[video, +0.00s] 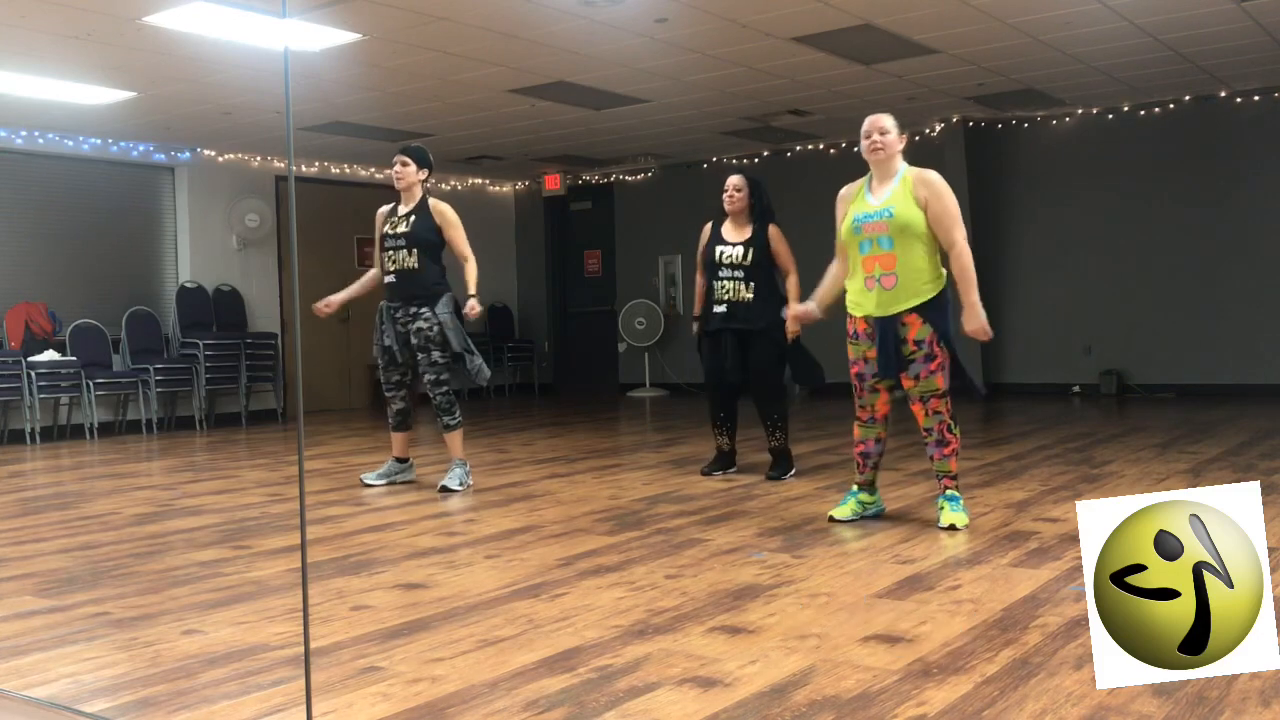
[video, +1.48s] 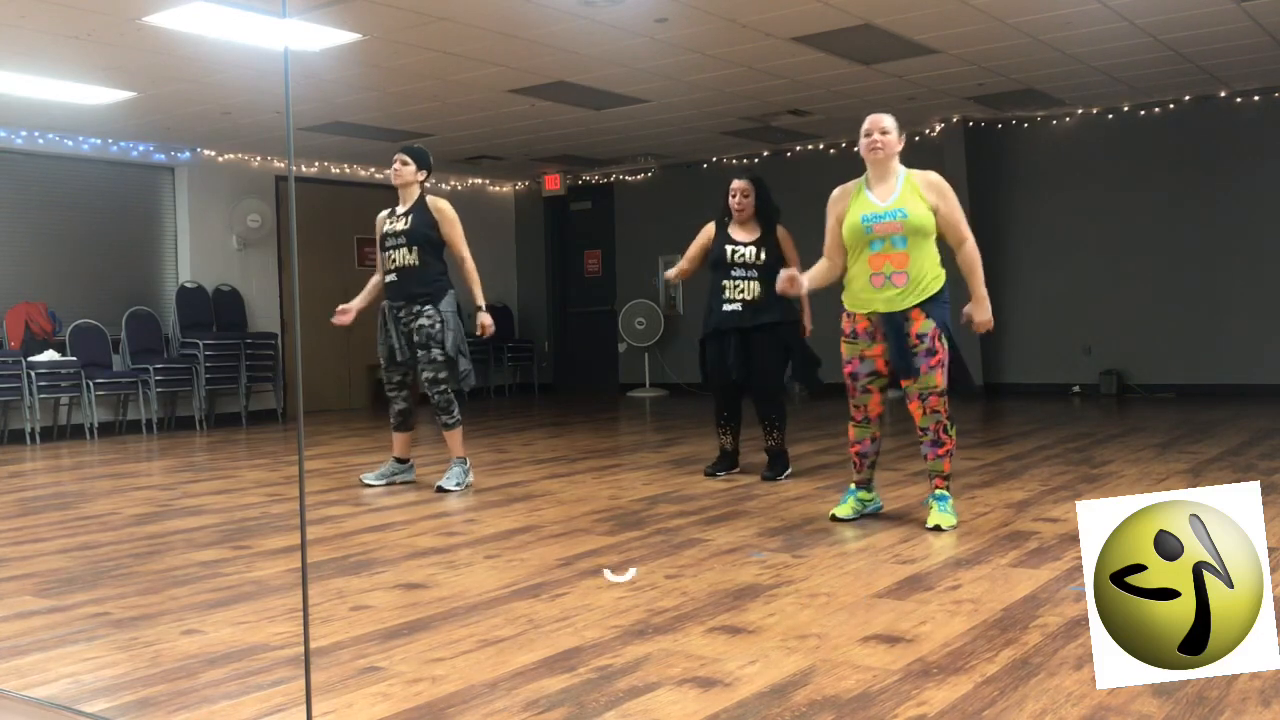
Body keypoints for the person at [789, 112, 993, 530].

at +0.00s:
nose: (875, 139)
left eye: (883, 132)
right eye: (868, 135)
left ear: (902, 141)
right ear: (860, 147)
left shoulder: (926, 183)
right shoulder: (848, 196)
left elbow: (956, 245)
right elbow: (842, 261)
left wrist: (972, 306)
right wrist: (815, 304)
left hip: (918, 313)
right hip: (864, 318)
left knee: (932, 405)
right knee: (868, 406)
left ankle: (949, 494)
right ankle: (865, 493)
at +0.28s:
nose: (864, 150)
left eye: (872, 143)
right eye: (856, 146)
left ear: (888, 149)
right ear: (846, 156)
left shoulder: (914, 190)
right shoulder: (832, 198)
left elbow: (954, 247)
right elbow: (789, 246)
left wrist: (965, 300)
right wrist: (749, 277)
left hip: (910, 313)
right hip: (852, 320)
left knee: (940, 386)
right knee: (851, 408)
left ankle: (947, 479)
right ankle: (862, 493)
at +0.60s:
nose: (884, 142)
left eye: (892, 134)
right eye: (879, 138)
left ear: (917, 138)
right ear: (875, 148)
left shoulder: (937, 189)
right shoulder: (868, 184)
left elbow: (952, 255)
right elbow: (859, 246)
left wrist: (925, 251)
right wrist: (855, 303)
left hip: (925, 313)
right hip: (875, 312)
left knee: (932, 404)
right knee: (840, 383)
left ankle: (942, 495)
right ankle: (857, 479)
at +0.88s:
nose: (895, 137)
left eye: (905, 129)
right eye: (891, 133)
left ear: (930, 137)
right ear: (889, 143)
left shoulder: (945, 183)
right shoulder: (888, 181)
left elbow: (954, 247)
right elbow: (891, 241)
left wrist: (922, 225)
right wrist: (883, 289)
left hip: (932, 304)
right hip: (884, 303)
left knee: (936, 401)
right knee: (866, 390)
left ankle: (944, 497)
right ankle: (864, 491)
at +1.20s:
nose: (894, 143)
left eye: (904, 136)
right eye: (889, 139)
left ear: (928, 146)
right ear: (887, 150)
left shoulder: (939, 187)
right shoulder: (880, 188)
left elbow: (948, 239)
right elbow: (873, 250)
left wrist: (950, 294)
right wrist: (866, 304)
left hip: (933, 314)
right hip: (883, 315)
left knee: (938, 405)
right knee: (829, 368)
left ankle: (944, 496)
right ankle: (848, 463)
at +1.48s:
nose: (875, 138)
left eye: (883, 132)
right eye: (867, 134)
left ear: (900, 142)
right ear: (858, 146)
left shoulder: (928, 184)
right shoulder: (842, 198)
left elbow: (963, 242)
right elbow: (832, 260)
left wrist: (979, 298)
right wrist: (803, 282)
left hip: (921, 312)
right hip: (861, 317)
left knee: (930, 405)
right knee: (862, 406)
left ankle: (941, 495)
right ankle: (863, 491)